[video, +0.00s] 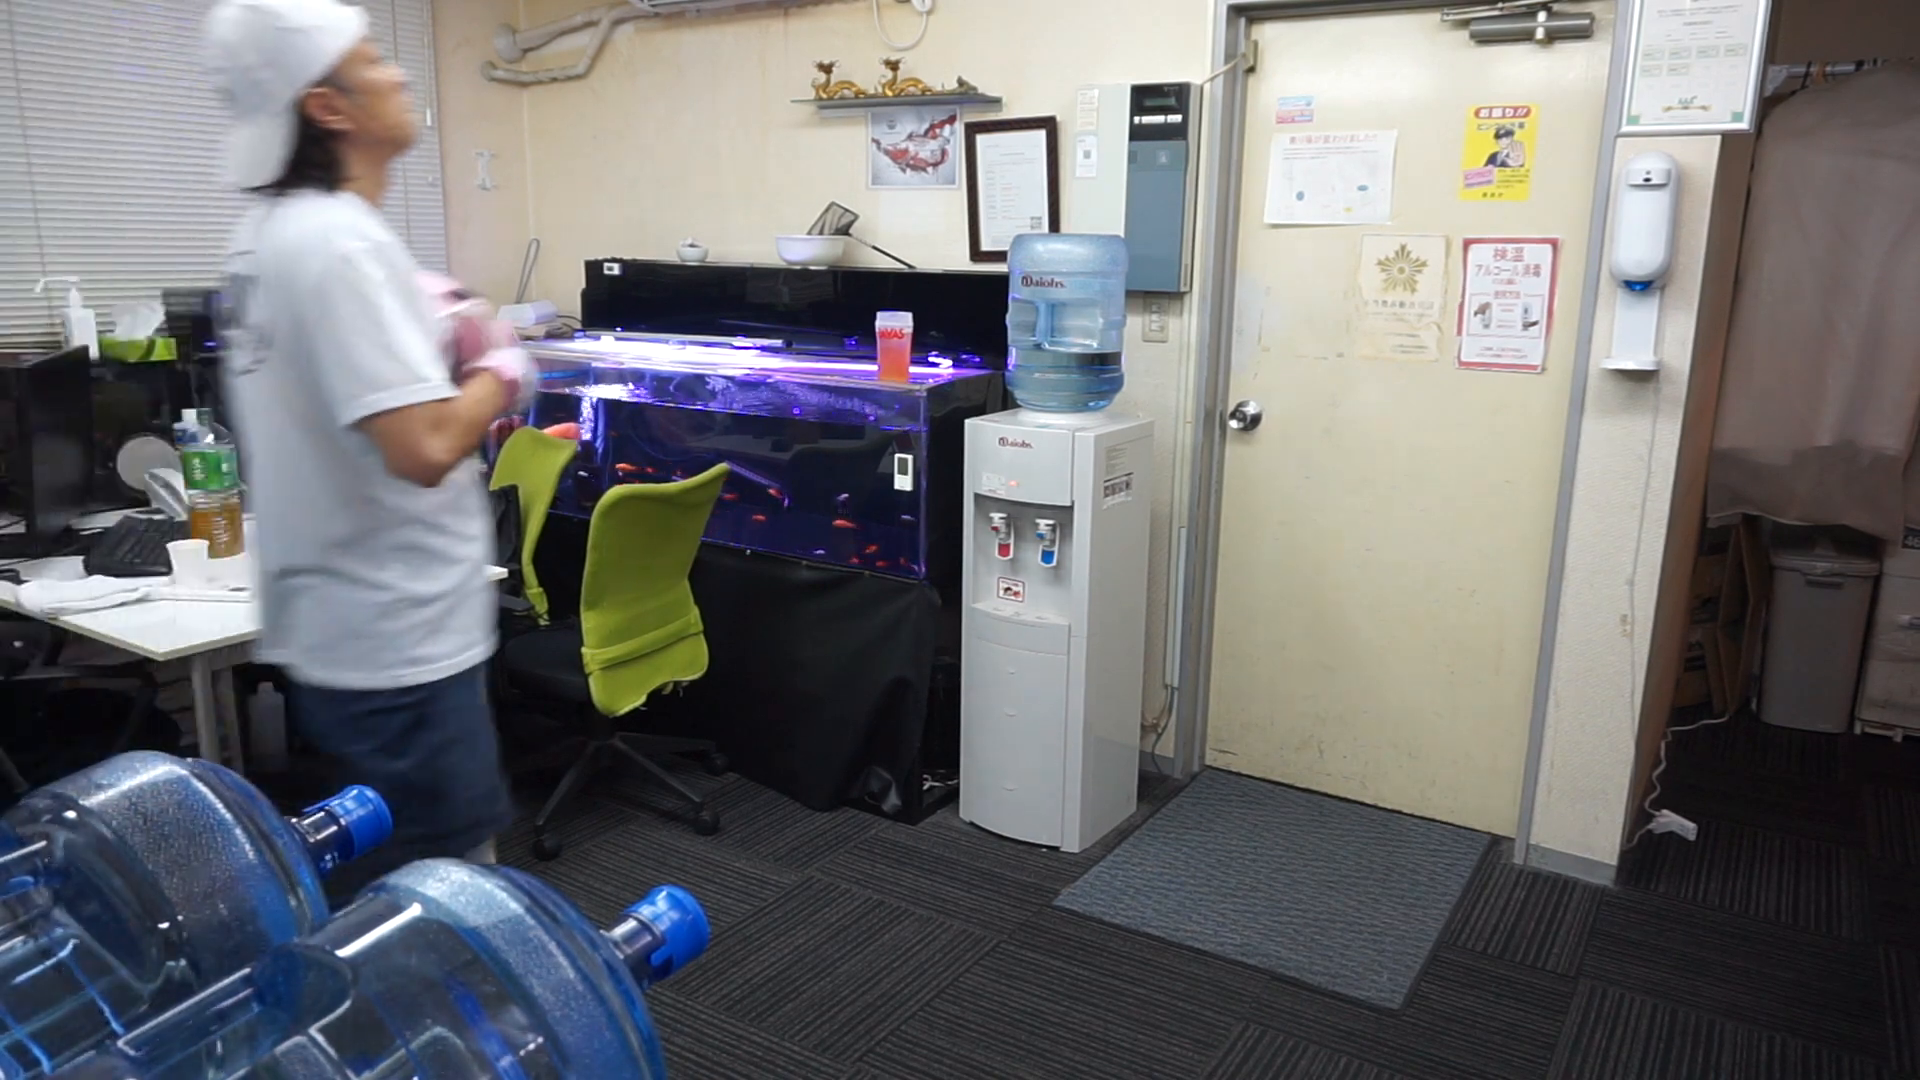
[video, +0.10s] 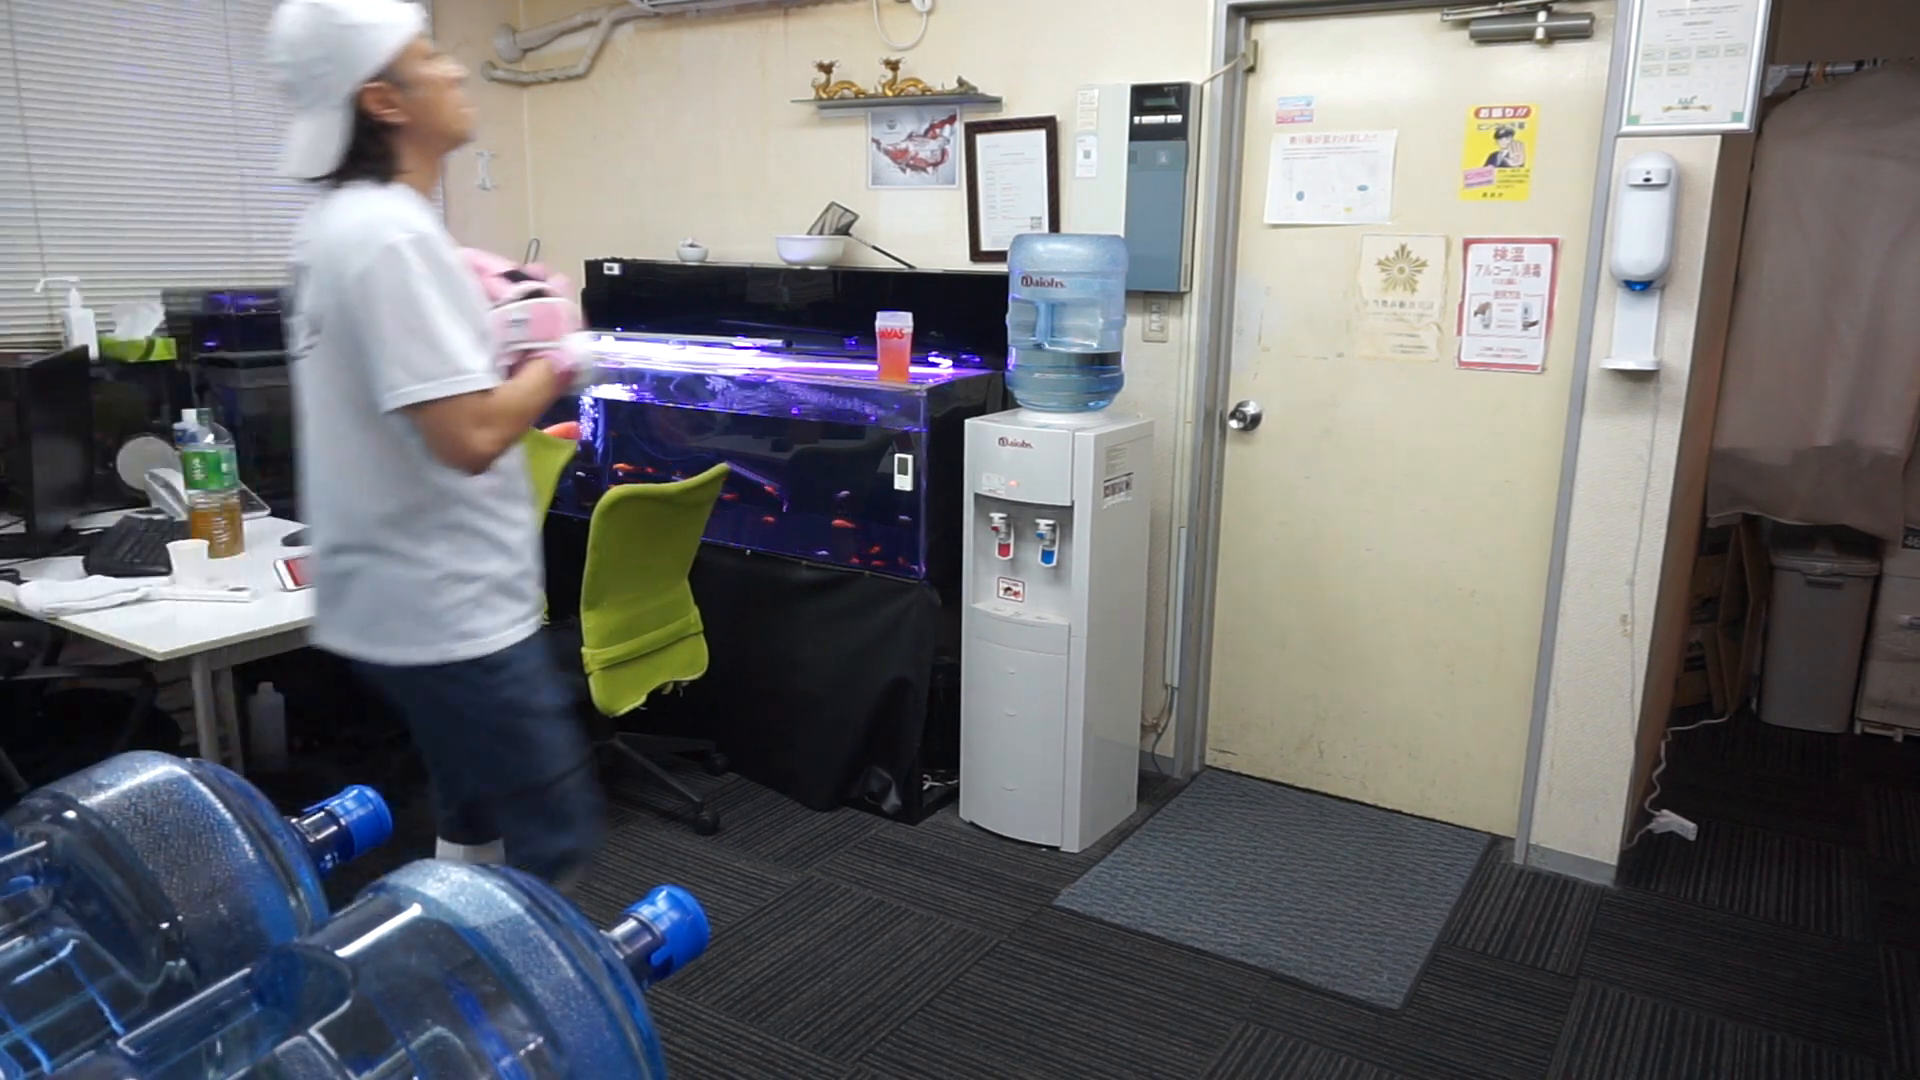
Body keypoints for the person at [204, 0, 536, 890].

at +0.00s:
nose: (398, 76)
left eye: (382, 58)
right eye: (373, 67)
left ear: (328, 113)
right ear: (329, 111)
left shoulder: (272, 237)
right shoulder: (339, 248)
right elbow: (423, 450)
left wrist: (443, 348)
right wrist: (496, 374)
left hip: (334, 649)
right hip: (402, 662)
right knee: (450, 896)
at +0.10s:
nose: (457, 70)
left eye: (439, 52)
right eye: (430, 59)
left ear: (387, 108)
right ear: (385, 104)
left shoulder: (341, 227)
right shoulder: (389, 237)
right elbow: (467, 437)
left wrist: (507, 349)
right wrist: (550, 369)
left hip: (395, 609)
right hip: (454, 615)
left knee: (470, 826)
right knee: (553, 834)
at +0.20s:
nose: (514, 73)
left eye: (500, 55)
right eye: (489, 60)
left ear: (443, 107)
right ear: (438, 103)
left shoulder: (395, 220)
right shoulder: (436, 232)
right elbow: (526, 423)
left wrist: (543, 316)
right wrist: (606, 357)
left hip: (435, 591)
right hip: (491, 599)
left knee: (476, 810)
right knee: (633, 797)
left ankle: (465, 992)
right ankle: (522, 996)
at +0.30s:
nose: (568, 85)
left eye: (556, 69)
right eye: (546, 73)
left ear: (487, 115)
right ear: (495, 111)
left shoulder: (442, 223)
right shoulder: (493, 243)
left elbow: (492, 374)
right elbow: (580, 427)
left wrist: (596, 306)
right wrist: (668, 344)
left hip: (471, 575)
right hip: (535, 583)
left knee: (487, 797)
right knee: (667, 784)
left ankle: (467, 984)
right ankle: (681, 1000)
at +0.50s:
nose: (678, 116)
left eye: (666, 95)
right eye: (658, 103)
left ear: (602, 142)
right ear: (610, 142)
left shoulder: (541, 237)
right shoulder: (618, 260)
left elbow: (578, 387)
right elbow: (680, 445)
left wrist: (677, 316)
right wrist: (754, 361)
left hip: (554, 589)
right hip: (652, 601)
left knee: (544, 785)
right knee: (744, 787)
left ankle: (486, 969)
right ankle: (794, 976)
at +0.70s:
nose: (809, 120)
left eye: (801, 102)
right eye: (790, 110)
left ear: (727, 145)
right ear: (740, 144)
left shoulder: (661, 232)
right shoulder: (739, 262)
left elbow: (703, 385)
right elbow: (794, 435)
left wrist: (796, 300)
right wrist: (850, 356)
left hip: (684, 566)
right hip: (749, 580)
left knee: (699, 760)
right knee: (761, 781)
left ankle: (582, 918)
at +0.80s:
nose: (864, 117)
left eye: (856, 100)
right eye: (847, 105)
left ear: (790, 141)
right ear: (794, 140)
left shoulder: (708, 223)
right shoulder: (794, 255)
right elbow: (847, 423)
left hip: (721, 563)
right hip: (790, 577)